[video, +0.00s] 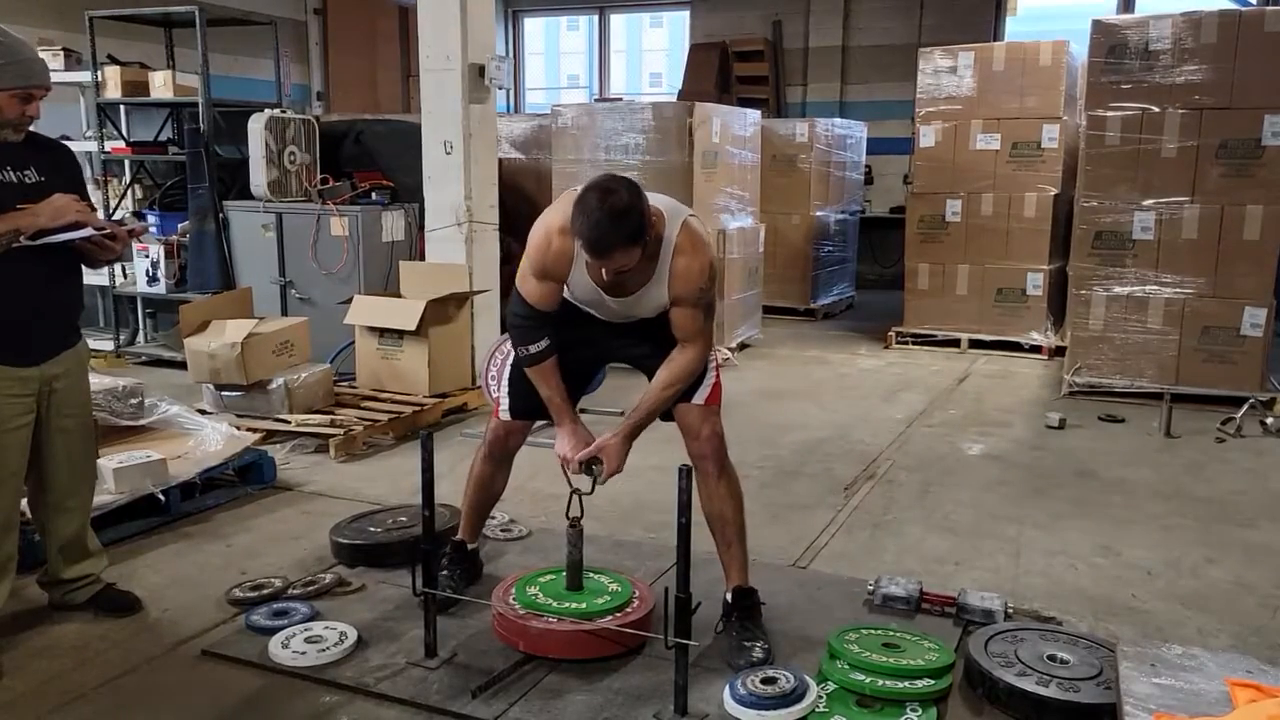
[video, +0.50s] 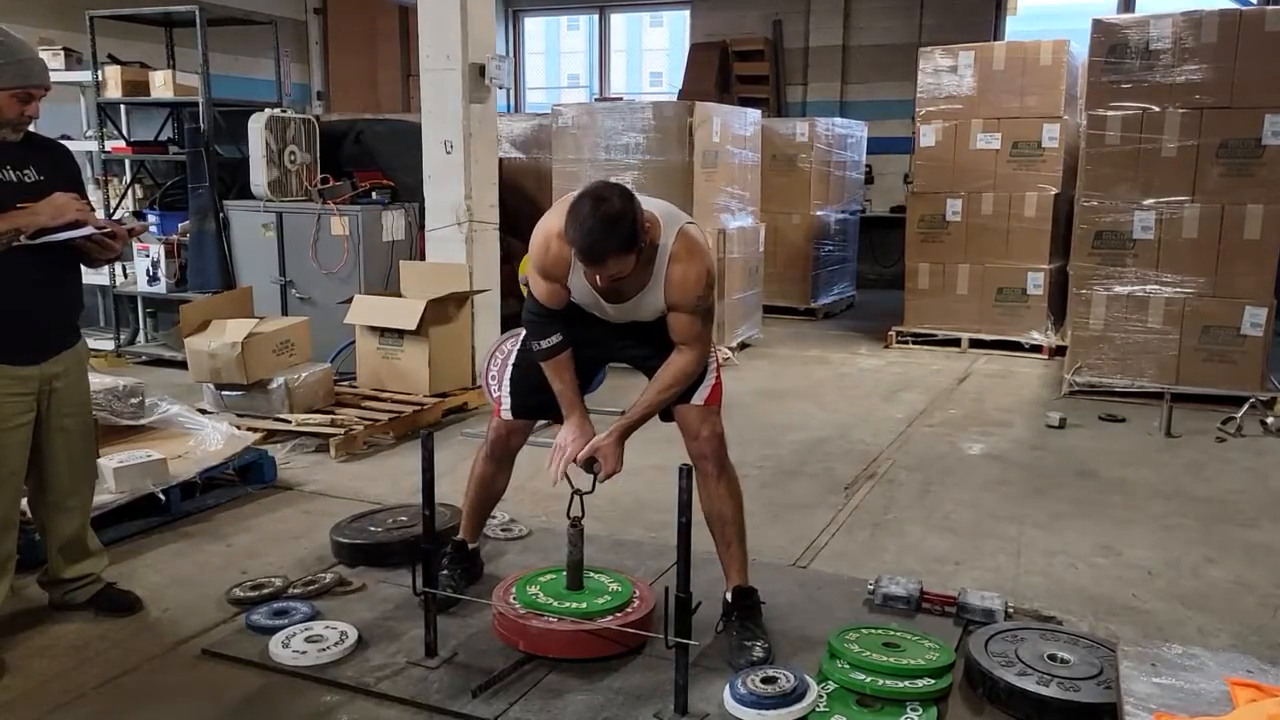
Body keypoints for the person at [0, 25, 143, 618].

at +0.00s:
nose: (34, 109)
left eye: (39, 97)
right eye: (23, 98)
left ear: (43, 92)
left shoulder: (57, 157)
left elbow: (84, 245)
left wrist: (107, 250)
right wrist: (36, 216)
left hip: (63, 347)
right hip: (4, 356)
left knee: (69, 474)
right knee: (5, 491)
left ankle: (74, 581)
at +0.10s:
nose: (33, 109)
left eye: (39, 97)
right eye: (22, 97)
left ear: (43, 92)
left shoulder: (57, 157)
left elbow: (84, 244)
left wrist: (107, 249)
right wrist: (32, 218)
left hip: (62, 346)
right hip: (4, 356)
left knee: (70, 473)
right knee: (5, 491)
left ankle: (75, 579)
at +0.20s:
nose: (32, 109)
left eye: (39, 97)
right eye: (22, 97)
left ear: (43, 92)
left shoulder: (56, 157)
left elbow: (86, 243)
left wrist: (107, 249)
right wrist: (31, 217)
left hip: (62, 346)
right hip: (4, 355)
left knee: (70, 472)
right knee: (5, 490)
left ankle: (75, 578)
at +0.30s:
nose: (32, 109)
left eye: (38, 97)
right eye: (22, 97)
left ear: (42, 92)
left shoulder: (55, 157)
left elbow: (85, 243)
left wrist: (106, 249)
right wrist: (31, 217)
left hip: (62, 346)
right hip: (4, 355)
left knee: (69, 473)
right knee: (5, 490)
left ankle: (75, 580)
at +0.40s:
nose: (33, 109)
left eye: (39, 97)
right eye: (22, 97)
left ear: (43, 92)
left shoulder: (55, 157)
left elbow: (85, 243)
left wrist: (106, 249)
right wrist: (32, 216)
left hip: (62, 346)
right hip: (4, 355)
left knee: (70, 473)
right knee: (5, 491)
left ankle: (75, 580)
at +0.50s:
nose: (33, 109)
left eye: (39, 97)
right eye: (22, 97)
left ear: (44, 92)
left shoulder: (55, 157)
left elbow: (84, 242)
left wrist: (106, 248)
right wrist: (33, 216)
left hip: (62, 345)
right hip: (4, 354)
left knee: (70, 472)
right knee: (5, 489)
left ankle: (75, 579)